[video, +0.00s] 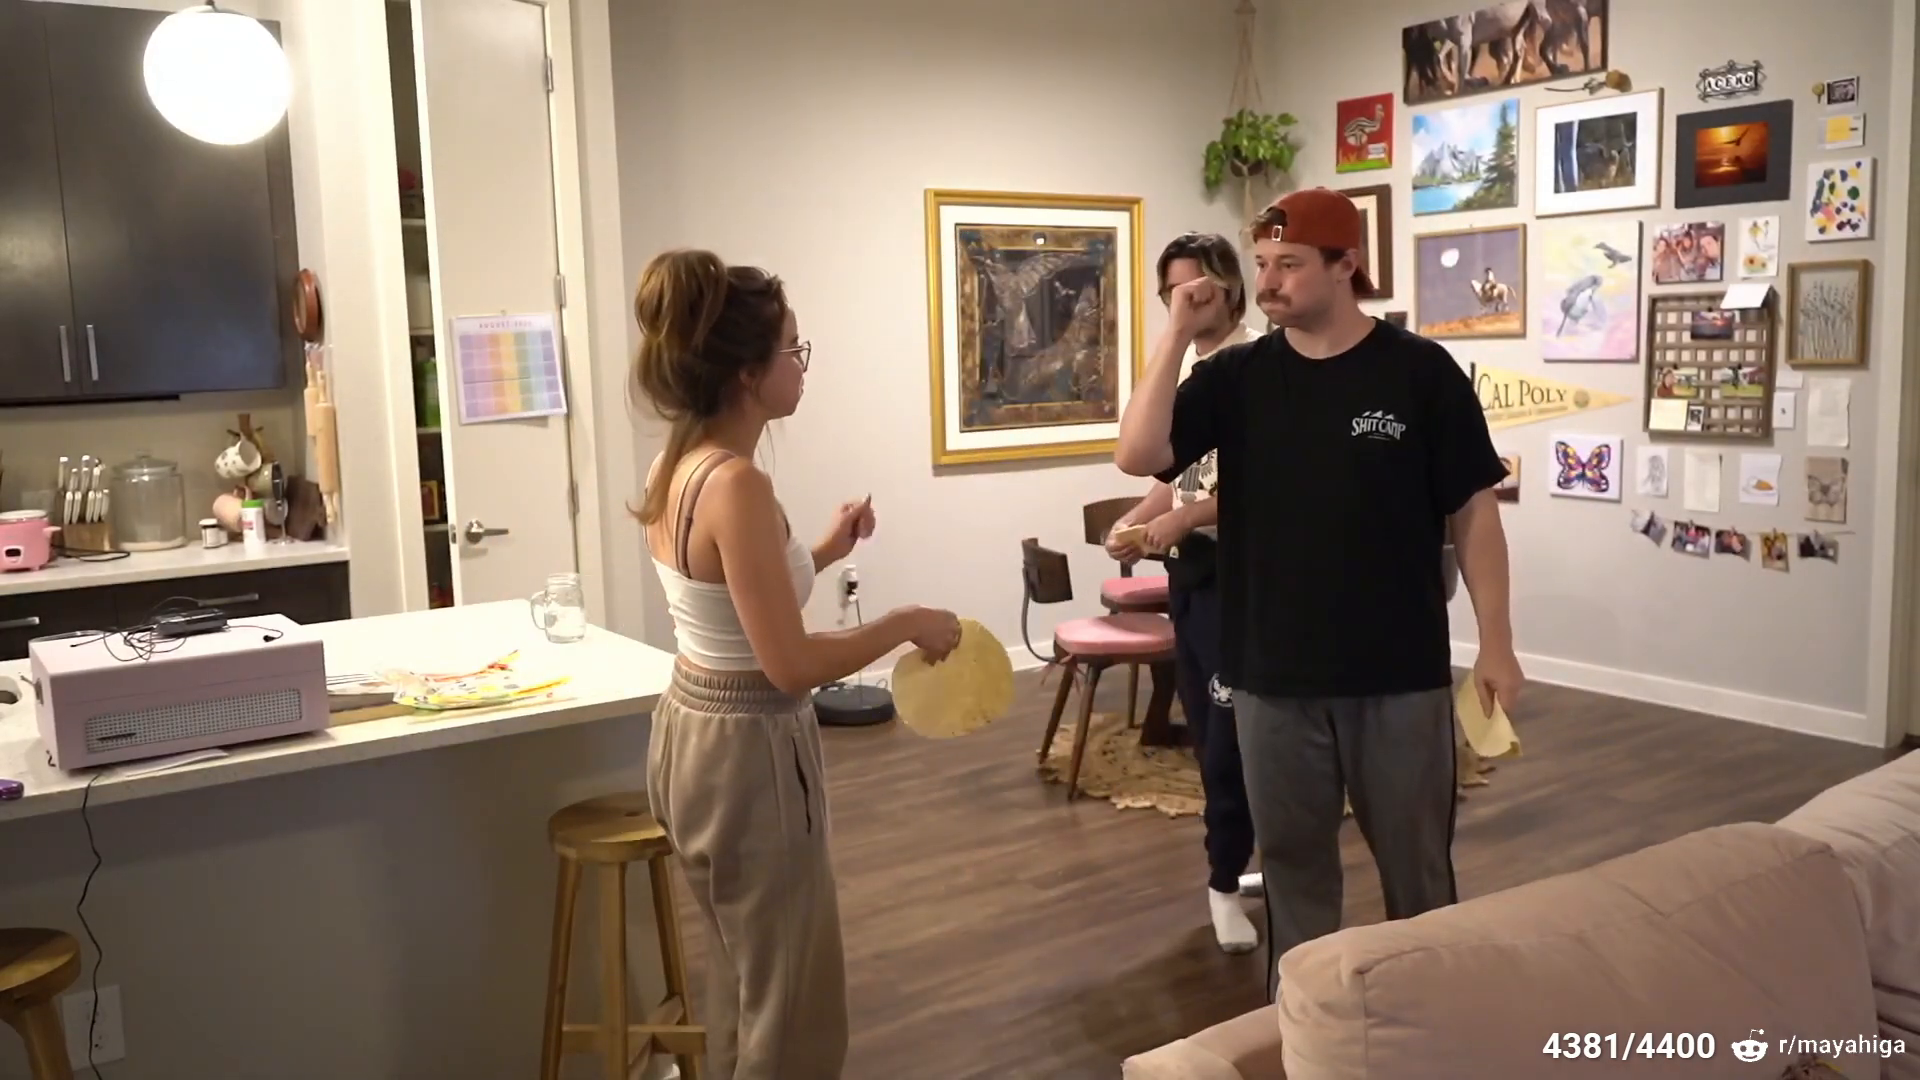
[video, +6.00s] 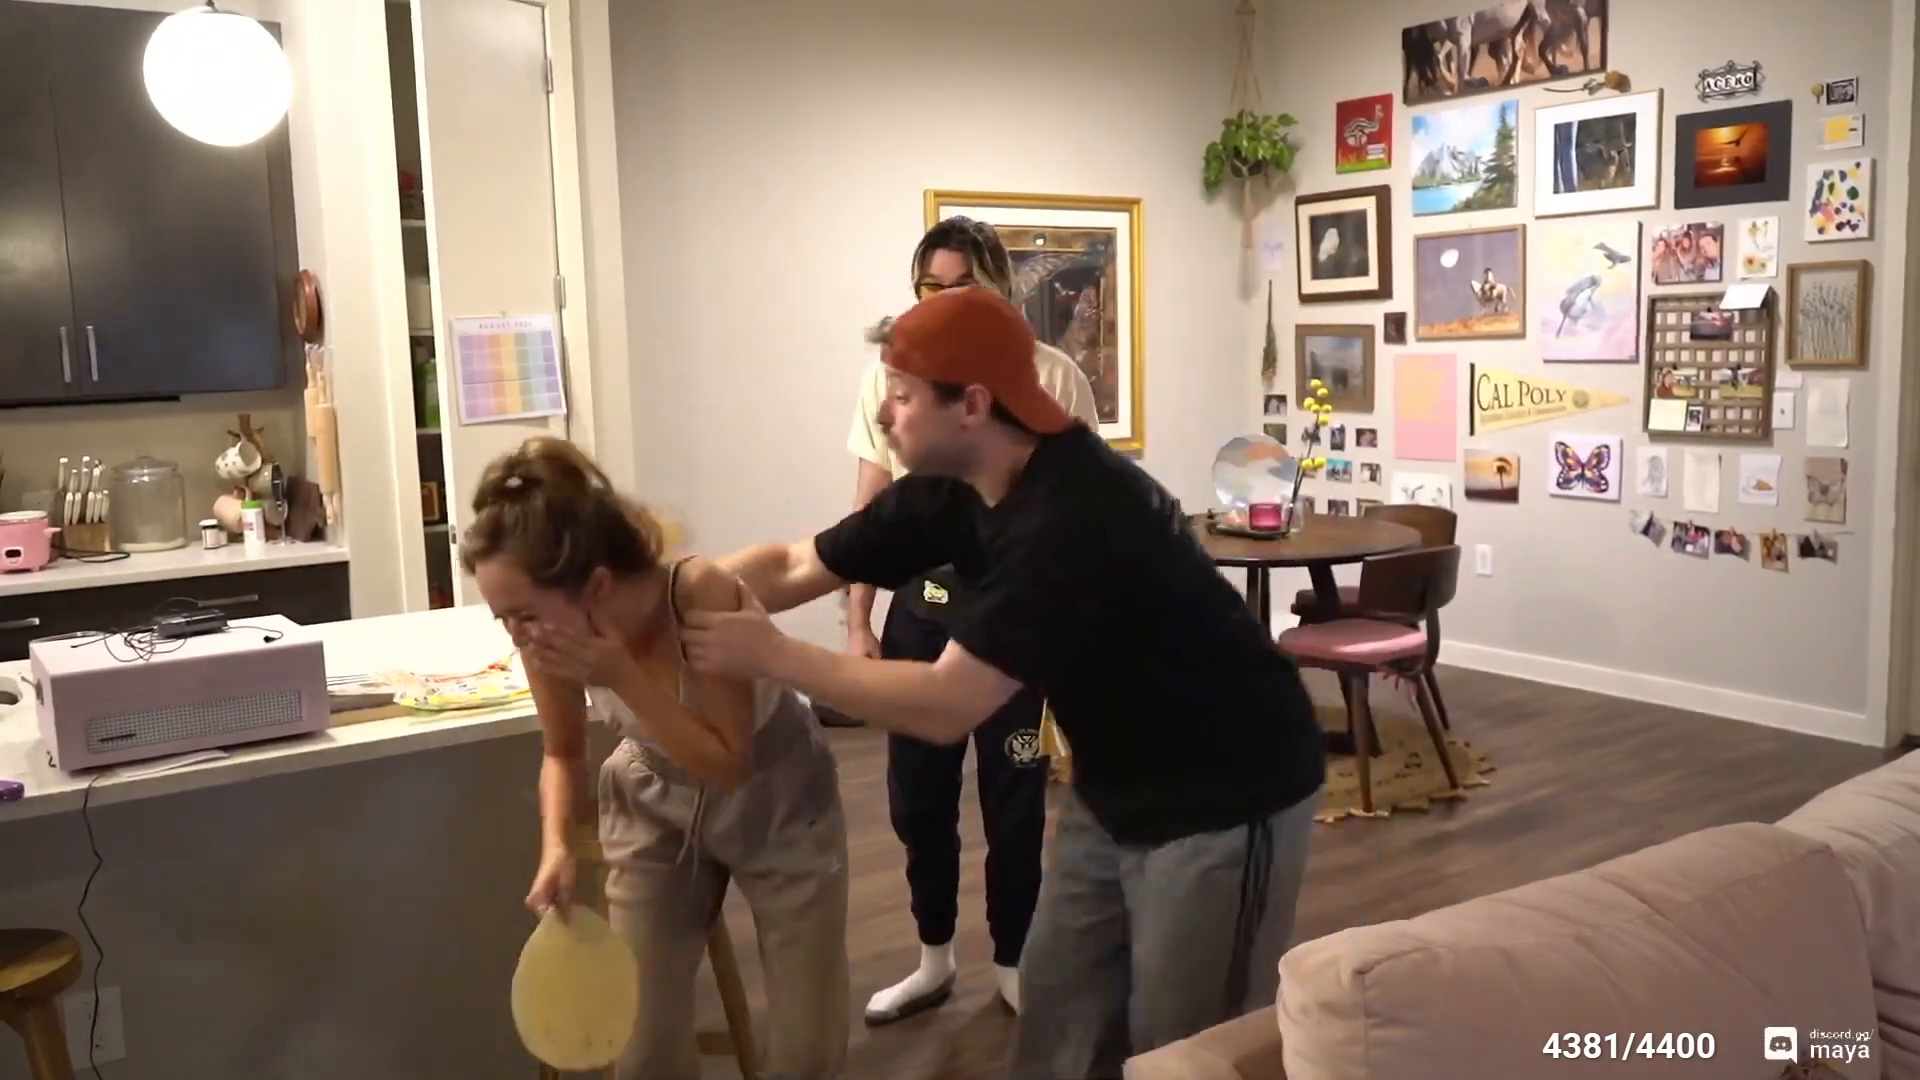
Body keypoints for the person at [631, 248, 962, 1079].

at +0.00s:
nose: (804, 363)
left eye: (799, 347)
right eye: (794, 350)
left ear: (728, 372)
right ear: (745, 371)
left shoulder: (677, 469)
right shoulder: (736, 487)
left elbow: (728, 598)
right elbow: (793, 664)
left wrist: (824, 552)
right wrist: (905, 622)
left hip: (693, 732)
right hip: (749, 750)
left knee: (743, 978)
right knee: (792, 999)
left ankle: (738, 1071)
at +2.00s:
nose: (846, 365)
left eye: (841, 350)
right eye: (836, 354)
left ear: (777, 379)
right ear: (790, 378)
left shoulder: (736, 469)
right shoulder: (766, 485)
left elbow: (807, 577)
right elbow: (783, 666)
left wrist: (911, 535)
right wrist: (924, 643)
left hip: (745, 734)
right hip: (783, 748)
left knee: (774, 966)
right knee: (818, 982)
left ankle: (752, 1074)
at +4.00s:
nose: (861, 371)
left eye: (857, 356)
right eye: (852, 359)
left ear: (795, 377)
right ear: (805, 376)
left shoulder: (753, 468)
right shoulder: (770, 482)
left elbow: (823, 592)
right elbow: (780, 665)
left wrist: (937, 546)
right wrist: (924, 646)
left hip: (761, 730)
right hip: (785, 744)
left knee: (781, 968)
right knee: (815, 978)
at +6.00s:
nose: (515, 637)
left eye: (525, 615)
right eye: (502, 618)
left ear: (597, 586)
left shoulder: (703, 591)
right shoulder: (546, 627)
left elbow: (728, 766)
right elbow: (563, 750)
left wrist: (617, 671)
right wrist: (557, 847)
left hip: (772, 789)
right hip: (653, 791)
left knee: (806, 1047)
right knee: (643, 1040)